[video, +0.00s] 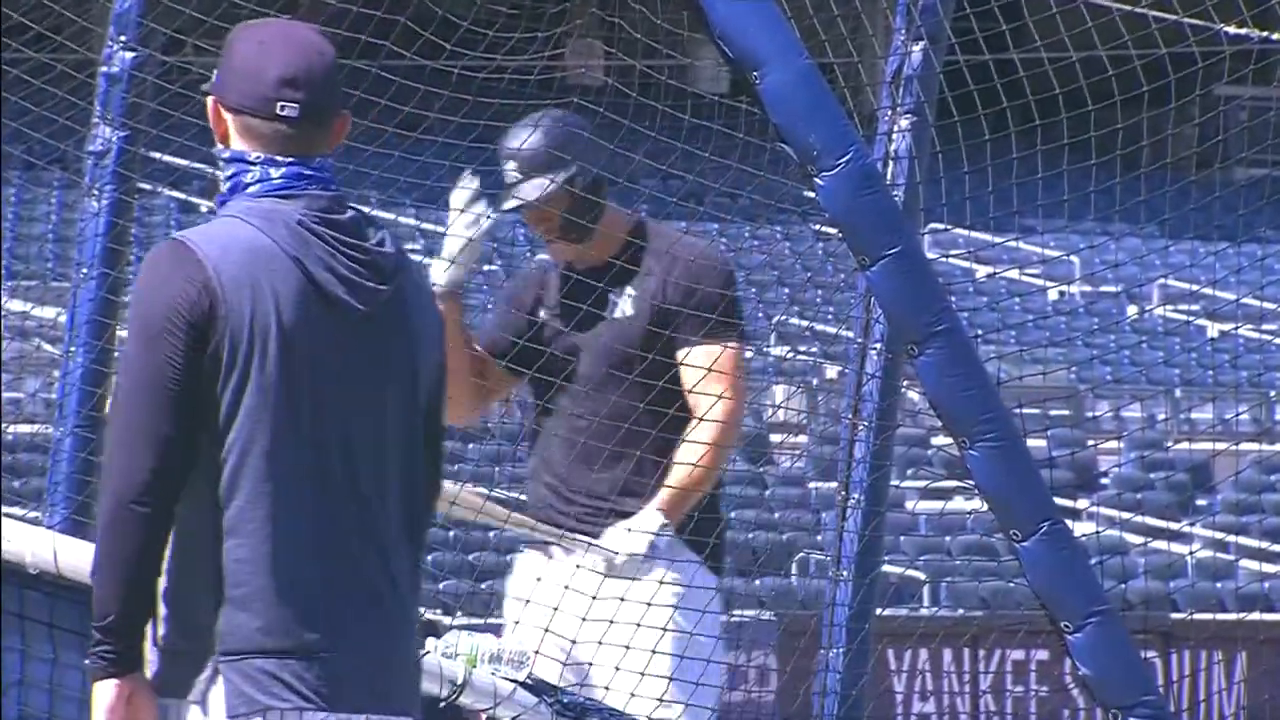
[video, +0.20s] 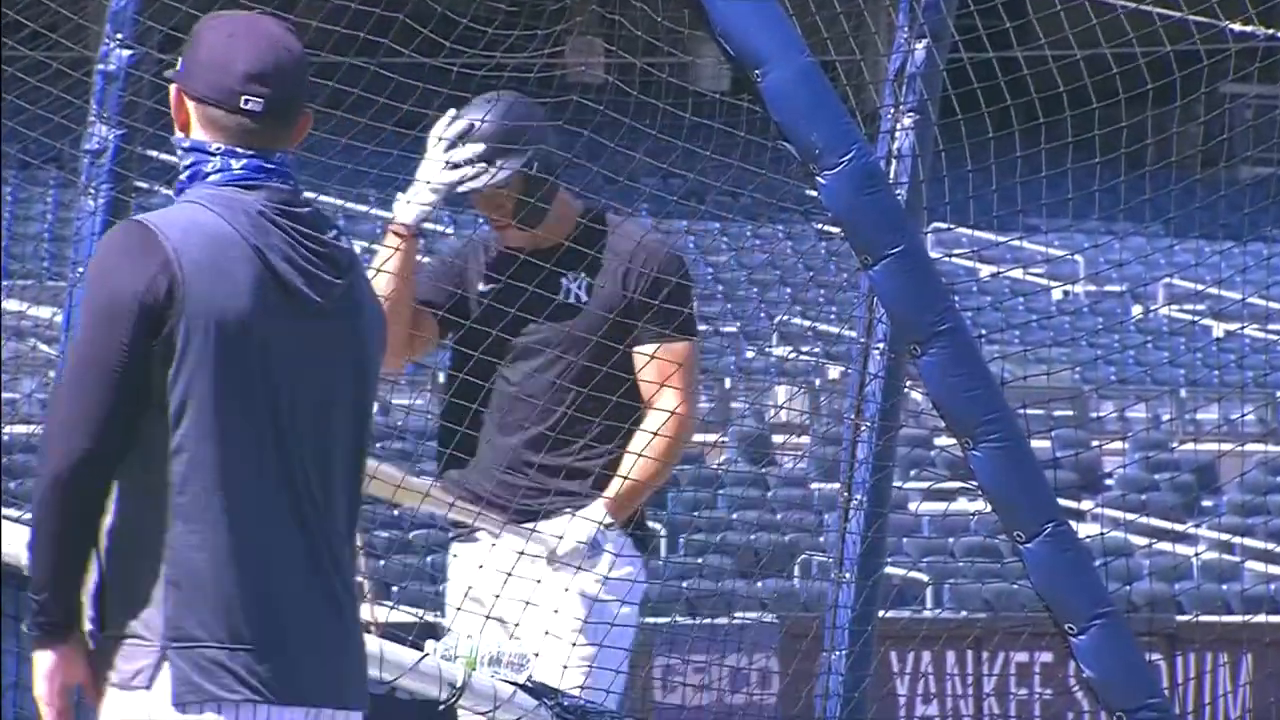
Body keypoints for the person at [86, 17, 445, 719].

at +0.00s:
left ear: (216, 116)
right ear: (341, 132)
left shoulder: (192, 268)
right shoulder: (408, 282)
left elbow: (139, 485)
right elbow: (420, 484)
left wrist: (114, 663)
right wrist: (378, 619)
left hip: (243, 670)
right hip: (384, 669)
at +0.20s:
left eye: (172, 92)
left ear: (178, 106)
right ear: (304, 128)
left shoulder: (150, 250)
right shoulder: (354, 280)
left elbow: (75, 459)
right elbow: (338, 477)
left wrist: (56, 631)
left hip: (177, 675)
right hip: (327, 677)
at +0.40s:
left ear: (199, 100)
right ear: (322, 126)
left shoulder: (169, 238)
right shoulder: (364, 273)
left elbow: (56, 438)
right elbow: (334, 465)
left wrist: (80, 548)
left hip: (170, 667)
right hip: (327, 671)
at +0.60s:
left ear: (191, 99)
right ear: (316, 122)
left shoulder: (143, 243)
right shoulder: (365, 270)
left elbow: (35, 426)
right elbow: (292, 456)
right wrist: (108, 532)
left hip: (163, 677)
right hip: (337, 686)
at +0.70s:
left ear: (151, 108)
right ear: (280, 127)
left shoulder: (92, 252)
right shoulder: (329, 272)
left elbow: (16, 414)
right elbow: (259, 443)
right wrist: (68, 484)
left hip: (127, 673)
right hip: (301, 675)